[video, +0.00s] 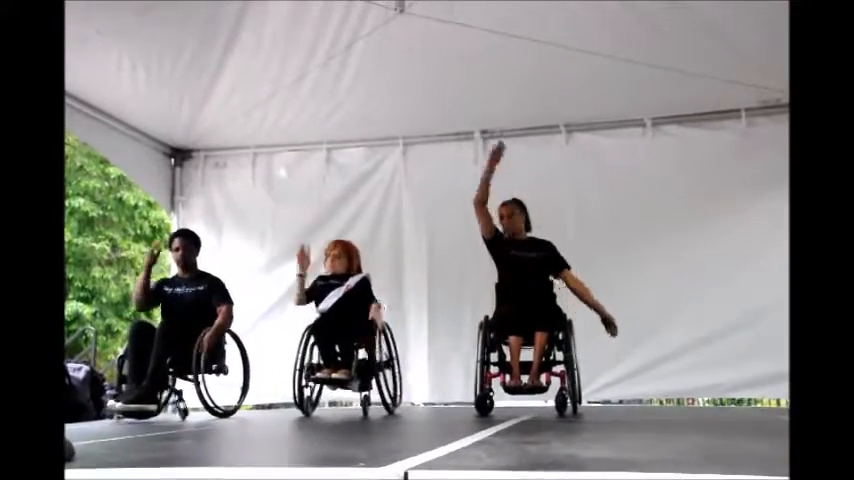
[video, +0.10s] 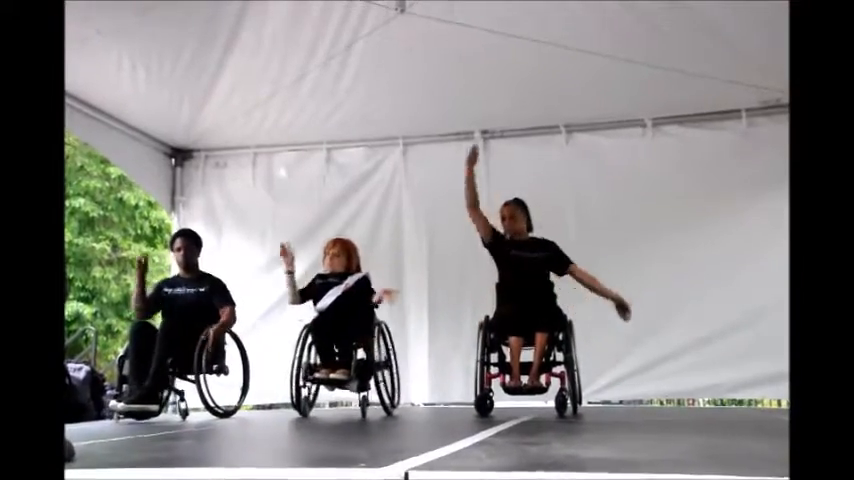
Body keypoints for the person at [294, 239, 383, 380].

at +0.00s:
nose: (331, 261)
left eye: (337, 257)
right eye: (328, 256)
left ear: (350, 261)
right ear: (325, 260)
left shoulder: (360, 281)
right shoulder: (322, 281)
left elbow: (370, 300)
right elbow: (300, 301)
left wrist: (376, 307)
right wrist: (301, 273)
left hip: (354, 318)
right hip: (331, 318)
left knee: (344, 332)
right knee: (319, 327)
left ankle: (345, 368)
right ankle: (329, 366)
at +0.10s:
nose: (329, 259)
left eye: (336, 255)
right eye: (327, 254)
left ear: (349, 260)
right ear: (324, 258)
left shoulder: (359, 280)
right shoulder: (320, 281)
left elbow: (369, 301)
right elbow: (295, 300)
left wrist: (379, 297)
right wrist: (289, 269)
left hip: (354, 320)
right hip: (330, 319)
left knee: (342, 332)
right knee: (317, 326)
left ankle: (344, 368)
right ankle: (327, 367)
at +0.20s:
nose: (329, 258)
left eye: (336, 254)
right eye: (327, 253)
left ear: (349, 259)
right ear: (323, 257)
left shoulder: (357, 278)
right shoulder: (318, 281)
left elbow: (373, 292)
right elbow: (293, 304)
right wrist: (279, 278)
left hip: (352, 319)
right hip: (328, 320)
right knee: (316, 325)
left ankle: (342, 369)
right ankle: (324, 367)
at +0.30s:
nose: (327, 256)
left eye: (333, 253)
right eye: (324, 252)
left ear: (346, 257)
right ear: (321, 256)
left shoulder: (354, 277)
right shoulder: (314, 281)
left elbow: (374, 281)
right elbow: (299, 316)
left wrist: (383, 251)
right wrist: (275, 302)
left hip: (347, 318)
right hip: (322, 319)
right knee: (310, 322)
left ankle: (339, 368)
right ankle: (320, 366)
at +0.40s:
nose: (325, 255)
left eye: (332, 251)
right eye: (323, 250)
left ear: (345, 257)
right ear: (318, 254)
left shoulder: (351, 276)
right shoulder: (311, 280)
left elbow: (370, 279)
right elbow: (302, 316)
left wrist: (370, 243)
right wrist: (279, 315)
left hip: (345, 318)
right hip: (320, 318)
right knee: (309, 324)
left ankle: (338, 369)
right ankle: (319, 367)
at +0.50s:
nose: (324, 254)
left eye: (330, 251)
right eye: (321, 249)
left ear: (340, 257)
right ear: (314, 256)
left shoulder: (346, 276)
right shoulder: (307, 280)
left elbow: (360, 271)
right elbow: (304, 313)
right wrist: (289, 319)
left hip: (343, 318)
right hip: (318, 320)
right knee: (307, 322)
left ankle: (337, 370)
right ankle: (317, 368)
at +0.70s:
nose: (317, 252)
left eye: (325, 250)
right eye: (315, 247)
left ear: (337, 256)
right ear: (310, 250)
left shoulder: (342, 277)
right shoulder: (301, 279)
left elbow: (349, 274)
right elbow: (299, 305)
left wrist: (327, 262)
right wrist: (291, 316)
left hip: (339, 315)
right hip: (313, 317)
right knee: (305, 324)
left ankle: (335, 370)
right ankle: (313, 369)